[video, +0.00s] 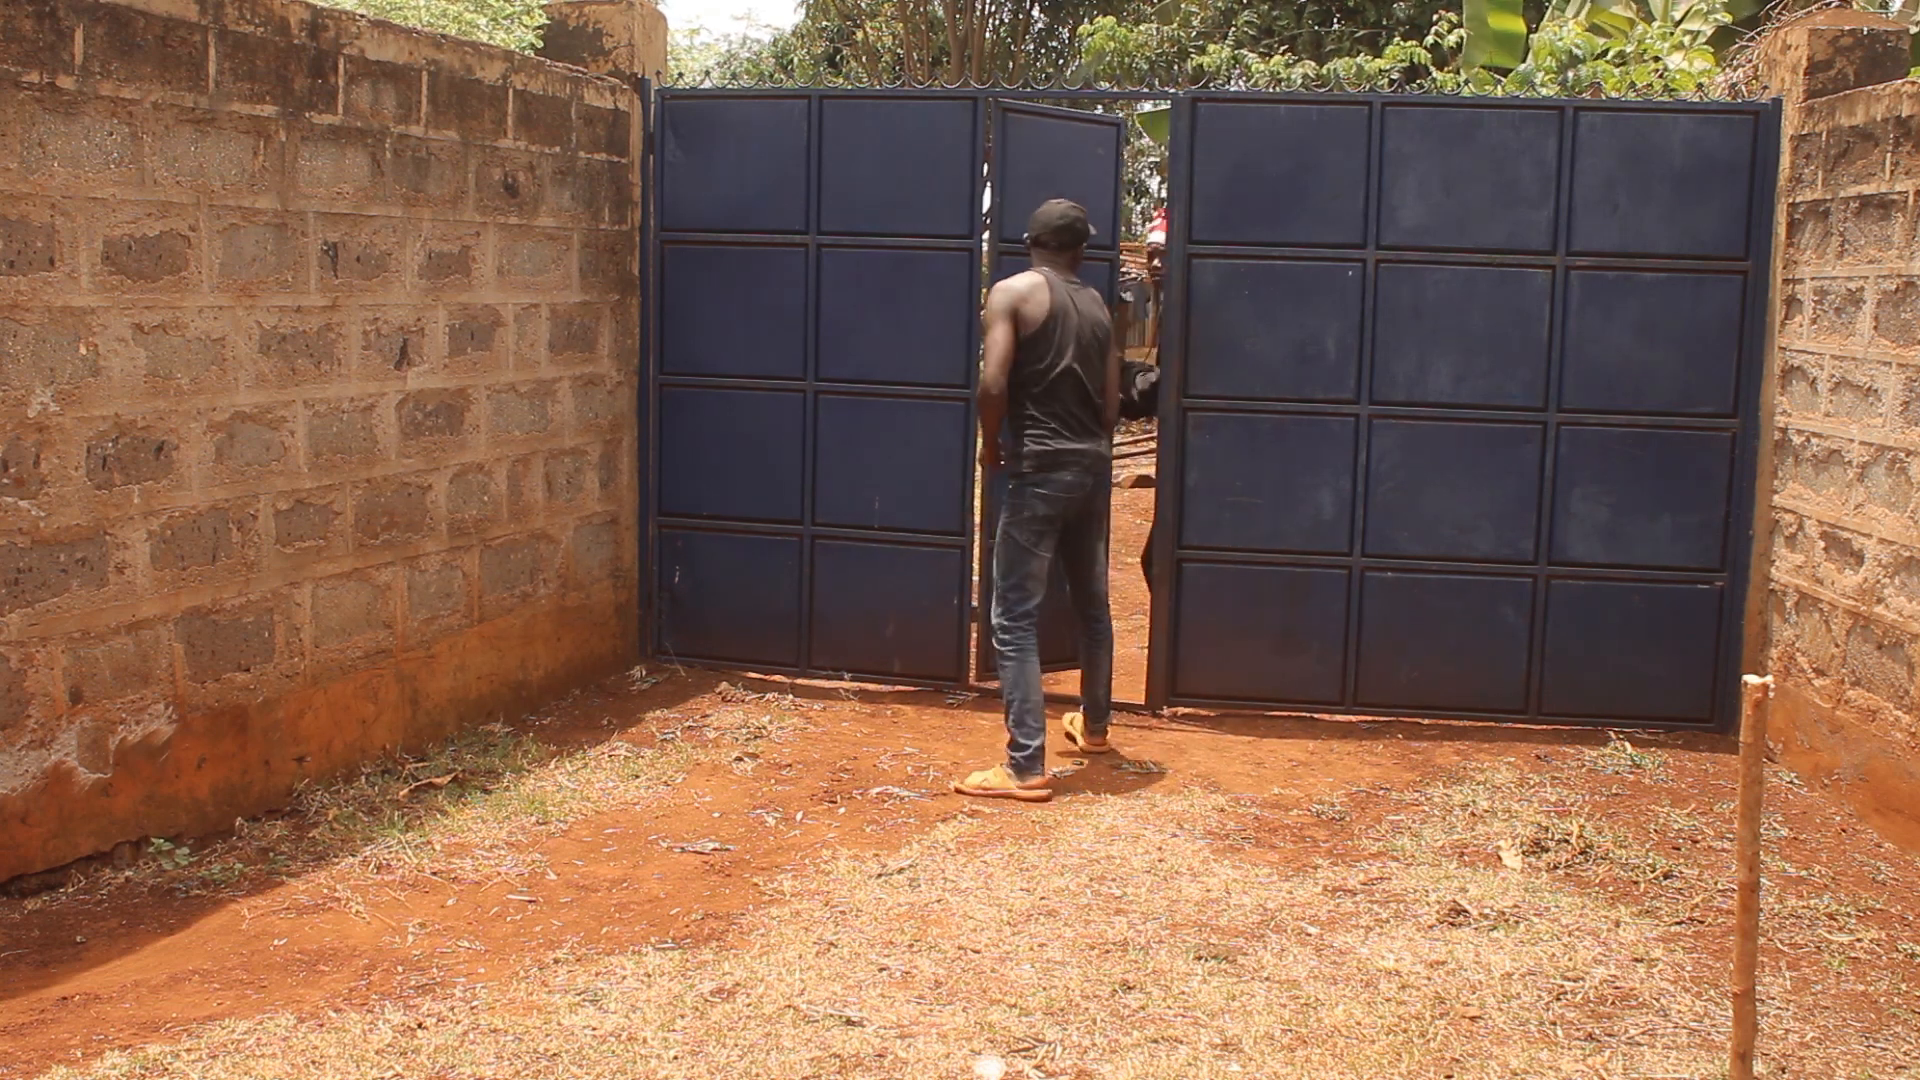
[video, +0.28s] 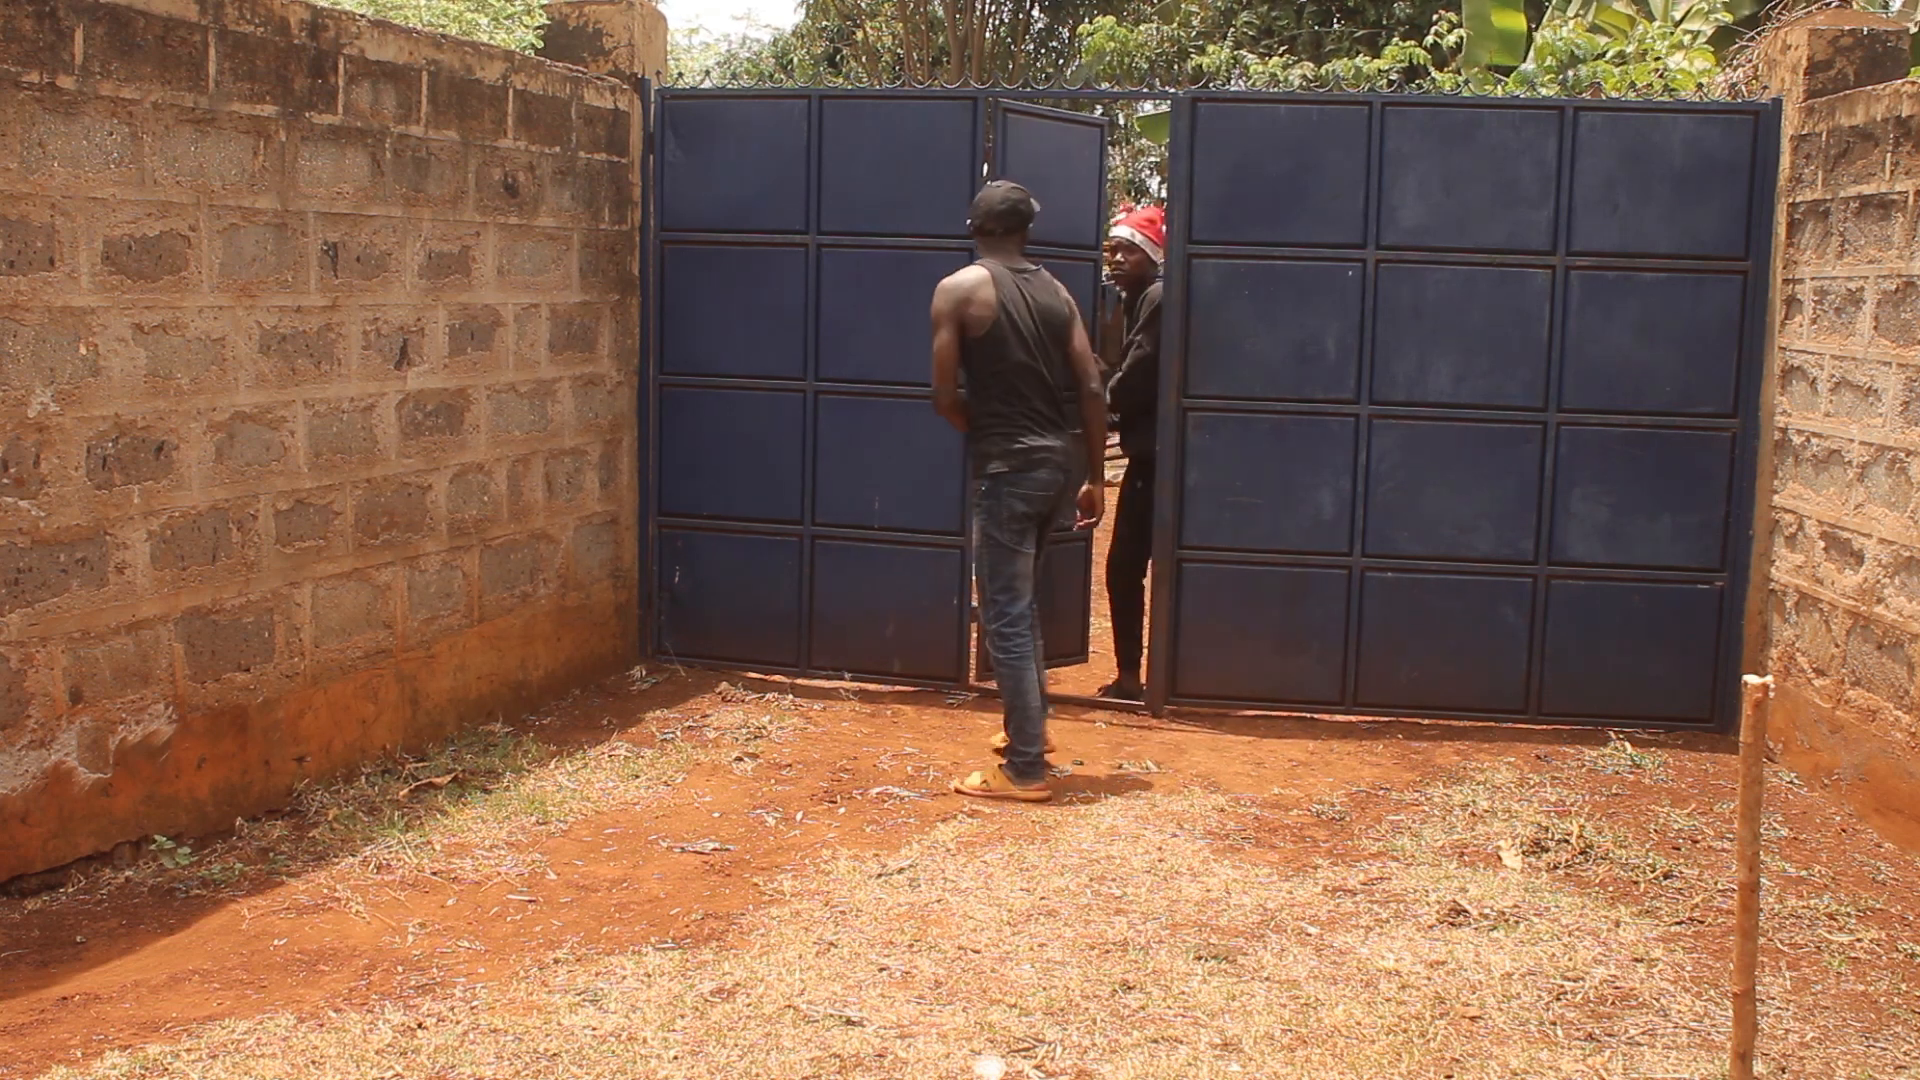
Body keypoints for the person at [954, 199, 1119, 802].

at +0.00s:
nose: (1027, 247)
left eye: (1028, 239)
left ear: (1032, 243)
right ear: (1081, 250)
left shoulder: (1009, 293)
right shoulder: (1098, 303)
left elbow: (992, 386)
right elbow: (1111, 400)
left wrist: (989, 446)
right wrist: (1092, 449)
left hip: (1036, 473)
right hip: (1093, 472)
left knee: (1015, 618)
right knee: (1093, 608)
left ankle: (1026, 766)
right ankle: (1095, 727)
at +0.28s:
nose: (969, 234)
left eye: (970, 226)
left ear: (976, 230)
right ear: (1028, 232)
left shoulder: (958, 289)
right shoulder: (1059, 294)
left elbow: (945, 396)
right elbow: (1092, 388)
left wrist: (981, 428)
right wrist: (1095, 473)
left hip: (1009, 468)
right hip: (1062, 464)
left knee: (1010, 617)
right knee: (1020, 603)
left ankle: (1027, 763)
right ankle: (1028, 731)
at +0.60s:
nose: (949, 229)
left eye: (948, 220)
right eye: (995, 222)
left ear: (948, 226)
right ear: (1002, 227)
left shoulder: (919, 284)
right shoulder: (1031, 296)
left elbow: (940, 332)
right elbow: (1042, 392)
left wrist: (974, 268)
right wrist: (1054, 491)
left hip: (946, 472)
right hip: (1006, 472)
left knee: (946, 610)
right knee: (962, 609)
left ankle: (1006, 746)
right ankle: (935, 737)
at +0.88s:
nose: (993, 227)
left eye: (990, 218)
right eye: (992, 219)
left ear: (934, 222)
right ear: (982, 224)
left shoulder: (899, 274)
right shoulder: (996, 291)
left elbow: (931, 321)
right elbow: (987, 392)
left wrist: (994, 291)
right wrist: (1006, 474)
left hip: (899, 451)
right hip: (958, 460)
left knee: (904, 577)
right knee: (951, 601)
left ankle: (861, 703)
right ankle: (934, 741)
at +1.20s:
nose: (969, 229)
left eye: (968, 220)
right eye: (968, 220)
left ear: (912, 221)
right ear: (952, 223)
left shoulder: (883, 273)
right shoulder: (939, 283)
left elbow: (932, 356)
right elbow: (930, 386)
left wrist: (994, 309)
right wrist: (966, 474)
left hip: (867, 450)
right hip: (912, 461)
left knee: (884, 586)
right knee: (934, 600)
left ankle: (856, 710)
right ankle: (931, 735)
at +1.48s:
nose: (949, 223)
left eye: (945, 214)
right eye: (942, 214)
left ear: (905, 221)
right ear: (919, 219)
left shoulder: (875, 273)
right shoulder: (899, 282)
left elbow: (926, 355)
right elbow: (877, 377)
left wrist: (991, 308)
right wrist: (891, 471)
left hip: (865, 446)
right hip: (889, 453)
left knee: (876, 586)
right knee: (916, 590)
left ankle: (855, 711)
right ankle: (911, 730)